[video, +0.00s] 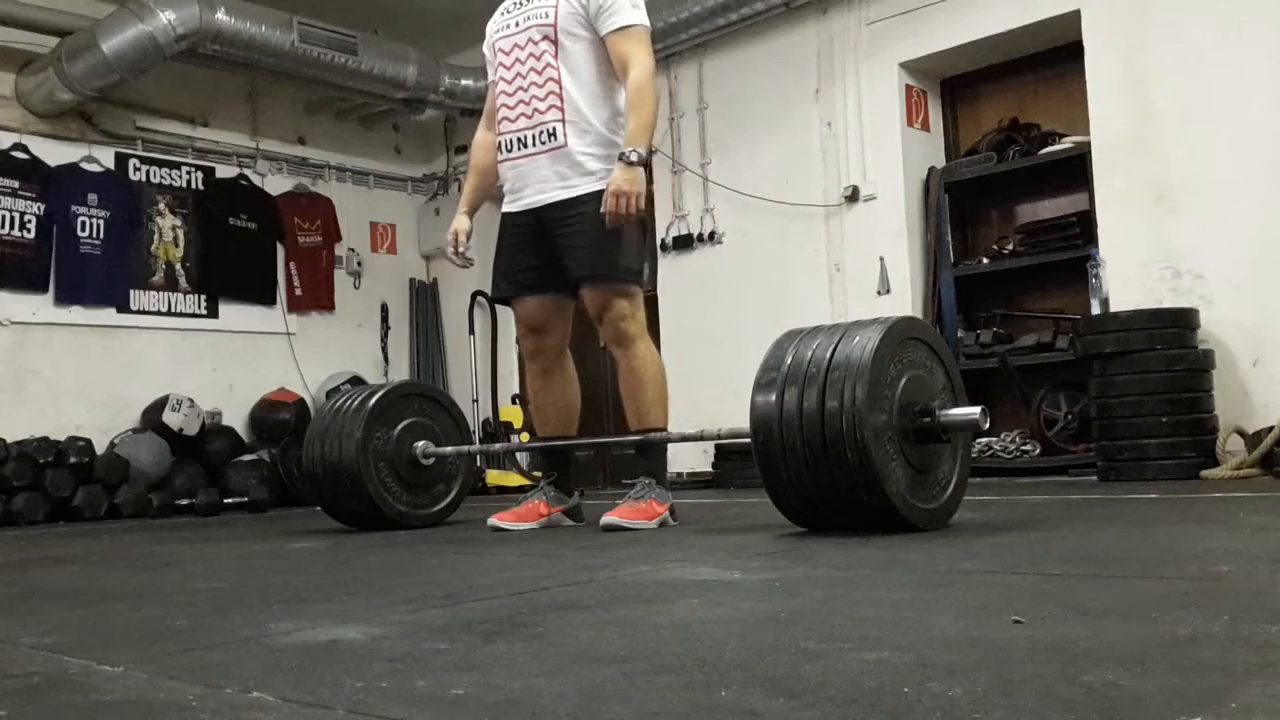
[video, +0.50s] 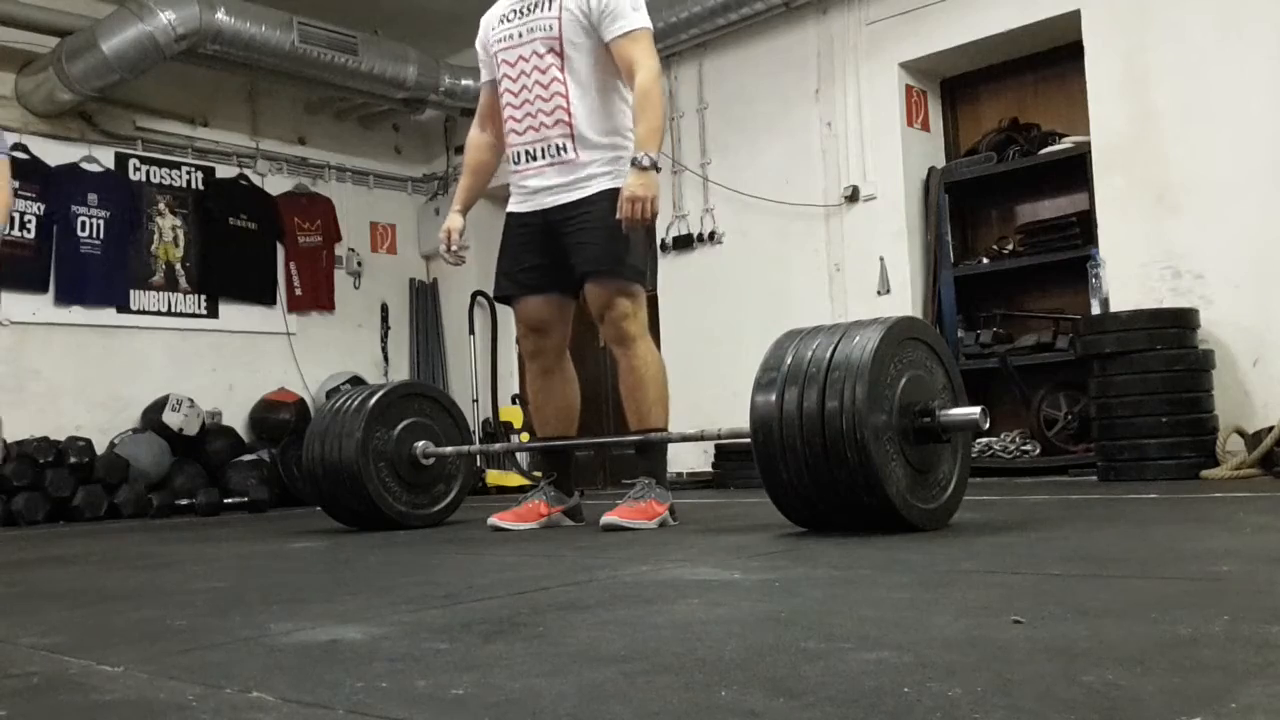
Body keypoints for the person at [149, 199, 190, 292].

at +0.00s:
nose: (162, 211)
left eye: (164, 209)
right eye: (161, 209)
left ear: (167, 208)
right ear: (159, 210)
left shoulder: (174, 220)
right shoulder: (158, 220)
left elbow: (180, 236)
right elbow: (157, 234)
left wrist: (180, 249)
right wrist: (155, 245)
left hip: (171, 244)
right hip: (161, 243)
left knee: (177, 265)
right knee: (159, 262)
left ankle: (183, 283)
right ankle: (159, 277)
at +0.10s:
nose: (162, 211)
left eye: (164, 209)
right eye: (161, 209)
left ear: (167, 208)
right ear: (159, 210)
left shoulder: (174, 220)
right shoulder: (158, 220)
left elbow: (180, 236)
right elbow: (157, 234)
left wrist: (180, 249)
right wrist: (155, 245)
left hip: (172, 244)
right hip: (161, 243)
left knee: (177, 265)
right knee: (159, 262)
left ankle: (183, 283)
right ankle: (159, 277)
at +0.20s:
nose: (162, 211)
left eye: (164, 209)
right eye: (160, 209)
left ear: (167, 208)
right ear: (159, 210)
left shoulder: (174, 220)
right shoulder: (158, 220)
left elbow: (180, 236)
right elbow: (157, 234)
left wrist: (180, 249)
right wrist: (155, 245)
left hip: (172, 244)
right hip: (161, 243)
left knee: (177, 265)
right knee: (160, 262)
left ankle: (183, 283)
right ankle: (159, 277)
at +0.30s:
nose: (162, 211)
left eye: (164, 209)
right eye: (160, 209)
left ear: (167, 208)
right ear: (159, 210)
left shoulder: (174, 220)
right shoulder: (158, 220)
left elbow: (180, 236)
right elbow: (157, 234)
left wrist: (180, 249)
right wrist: (154, 245)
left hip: (172, 244)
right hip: (161, 244)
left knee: (177, 265)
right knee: (159, 262)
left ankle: (183, 283)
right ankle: (159, 277)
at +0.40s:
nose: (162, 211)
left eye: (164, 209)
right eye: (160, 209)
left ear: (167, 208)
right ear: (159, 210)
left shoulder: (174, 220)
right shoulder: (158, 220)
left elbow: (180, 236)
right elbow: (156, 234)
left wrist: (180, 249)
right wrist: (155, 245)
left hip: (172, 244)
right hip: (161, 243)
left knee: (177, 265)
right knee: (159, 262)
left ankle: (183, 283)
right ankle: (159, 277)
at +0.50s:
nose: (162, 211)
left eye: (164, 209)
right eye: (160, 209)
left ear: (167, 208)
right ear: (159, 210)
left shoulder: (174, 220)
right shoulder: (158, 220)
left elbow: (180, 236)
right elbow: (156, 234)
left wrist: (180, 249)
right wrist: (155, 245)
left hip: (172, 244)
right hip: (161, 243)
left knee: (177, 265)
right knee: (159, 262)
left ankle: (183, 283)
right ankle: (159, 277)